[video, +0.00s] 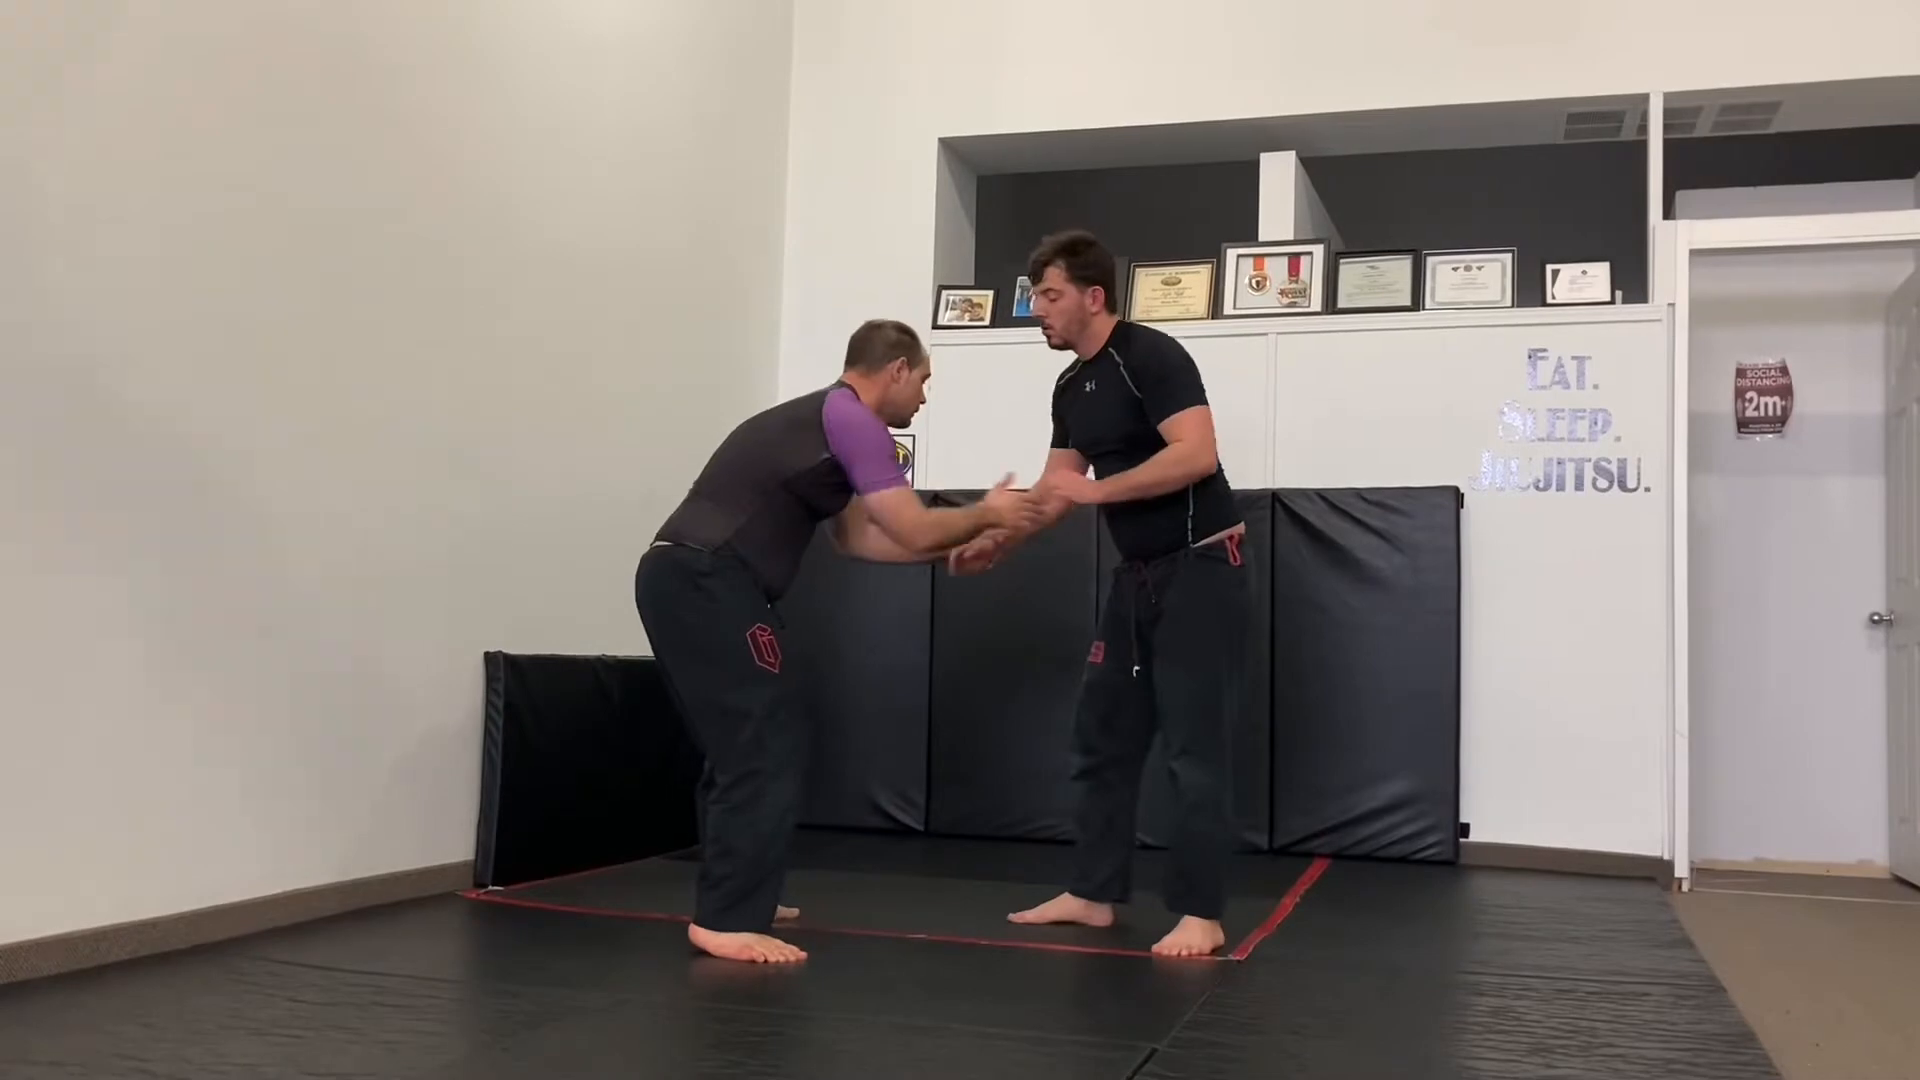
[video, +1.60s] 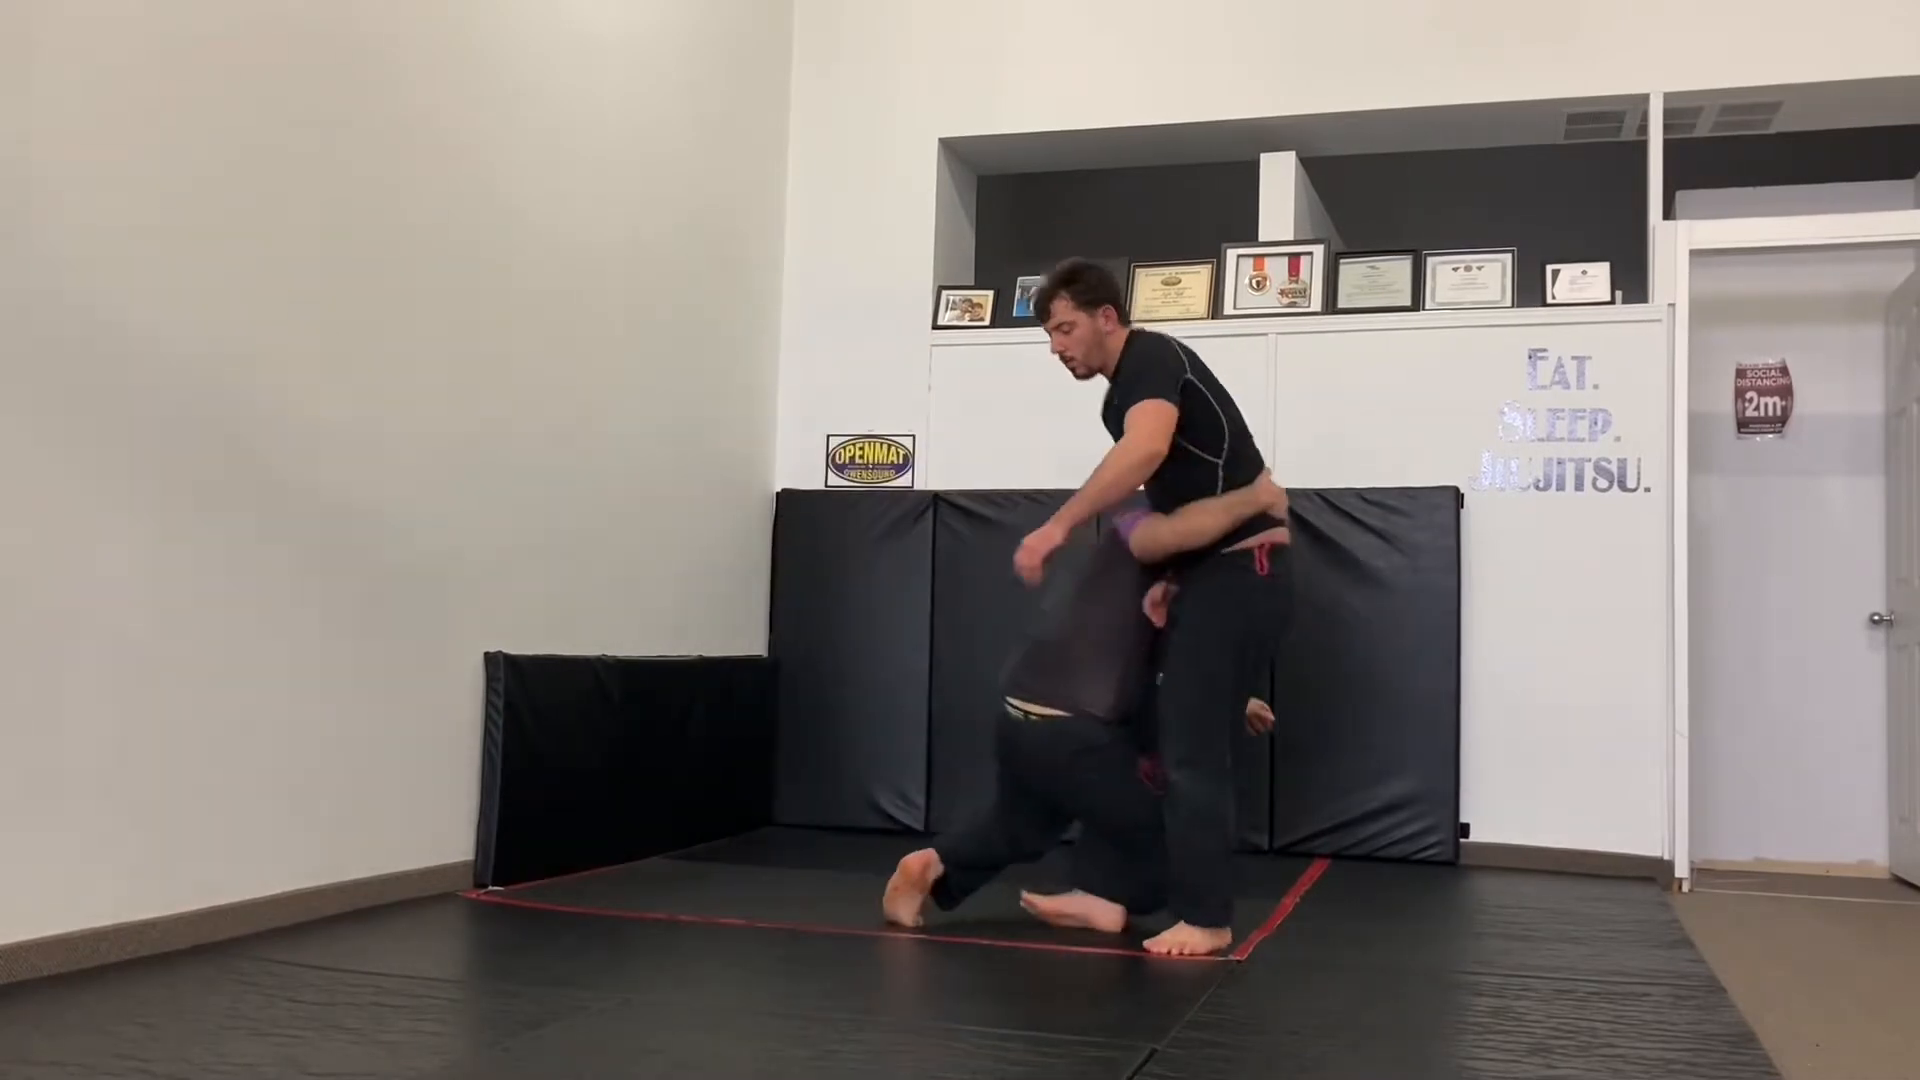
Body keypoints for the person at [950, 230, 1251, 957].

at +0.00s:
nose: (1038, 309)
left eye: (1049, 295)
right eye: (1036, 297)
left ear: (1095, 295)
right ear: (1063, 301)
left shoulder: (1153, 353)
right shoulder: (1071, 386)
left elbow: (1198, 452)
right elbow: (1062, 487)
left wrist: (1096, 491)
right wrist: (1000, 540)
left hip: (1202, 566)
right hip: (1134, 573)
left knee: (1193, 740)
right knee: (1106, 733)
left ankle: (1202, 913)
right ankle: (1094, 893)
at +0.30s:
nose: (1042, 313)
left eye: (1053, 298)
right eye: (1039, 300)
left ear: (1099, 298)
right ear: (1062, 306)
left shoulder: (1161, 351)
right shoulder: (1063, 394)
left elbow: (1228, 443)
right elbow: (1022, 491)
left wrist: (1161, 532)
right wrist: (963, 560)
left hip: (1210, 560)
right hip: (1141, 566)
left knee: (1197, 738)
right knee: (1107, 728)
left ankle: (1204, 915)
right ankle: (1094, 893)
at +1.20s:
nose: (1041, 303)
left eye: (1054, 288)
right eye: (1036, 291)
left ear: (1098, 286)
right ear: (1042, 298)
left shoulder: (1158, 340)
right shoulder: (1057, 388)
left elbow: (1241, 417)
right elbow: (1092, 493)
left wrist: (1229, 495)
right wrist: (1074, 574)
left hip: (1186, 561)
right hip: (1112, 567)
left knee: (1182, 728)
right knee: (1096, 720)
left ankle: (1203, 917)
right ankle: (1092, 891)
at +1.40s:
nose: (1037, 319)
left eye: (1047, 303)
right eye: (1031, 307)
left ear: (1091, 295)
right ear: (1045, 310)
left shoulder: (1149, 341)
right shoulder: (1078, 392)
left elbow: (1196, 423)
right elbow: (1126, 484)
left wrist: (1131, 515)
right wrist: (1119, 571)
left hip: (1202, 559)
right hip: (1146, 563)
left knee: (1188, 733)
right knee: (1117, 724)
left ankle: (1201, 918)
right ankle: (1097, 886)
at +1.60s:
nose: (1057, 346)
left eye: (1064, 329)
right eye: (1051, 334)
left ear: (1107, 318)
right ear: (1097, 327)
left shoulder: (1151, 357)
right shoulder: (1123, 393)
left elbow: (1147, 446)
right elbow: (1180, 491)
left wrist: (1060, 523)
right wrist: (1167, 574)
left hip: (1237, 561)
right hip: (1194, 567)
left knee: (1194, 734)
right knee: (1137, 723)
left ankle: (1206, 918)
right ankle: (1105, 891)